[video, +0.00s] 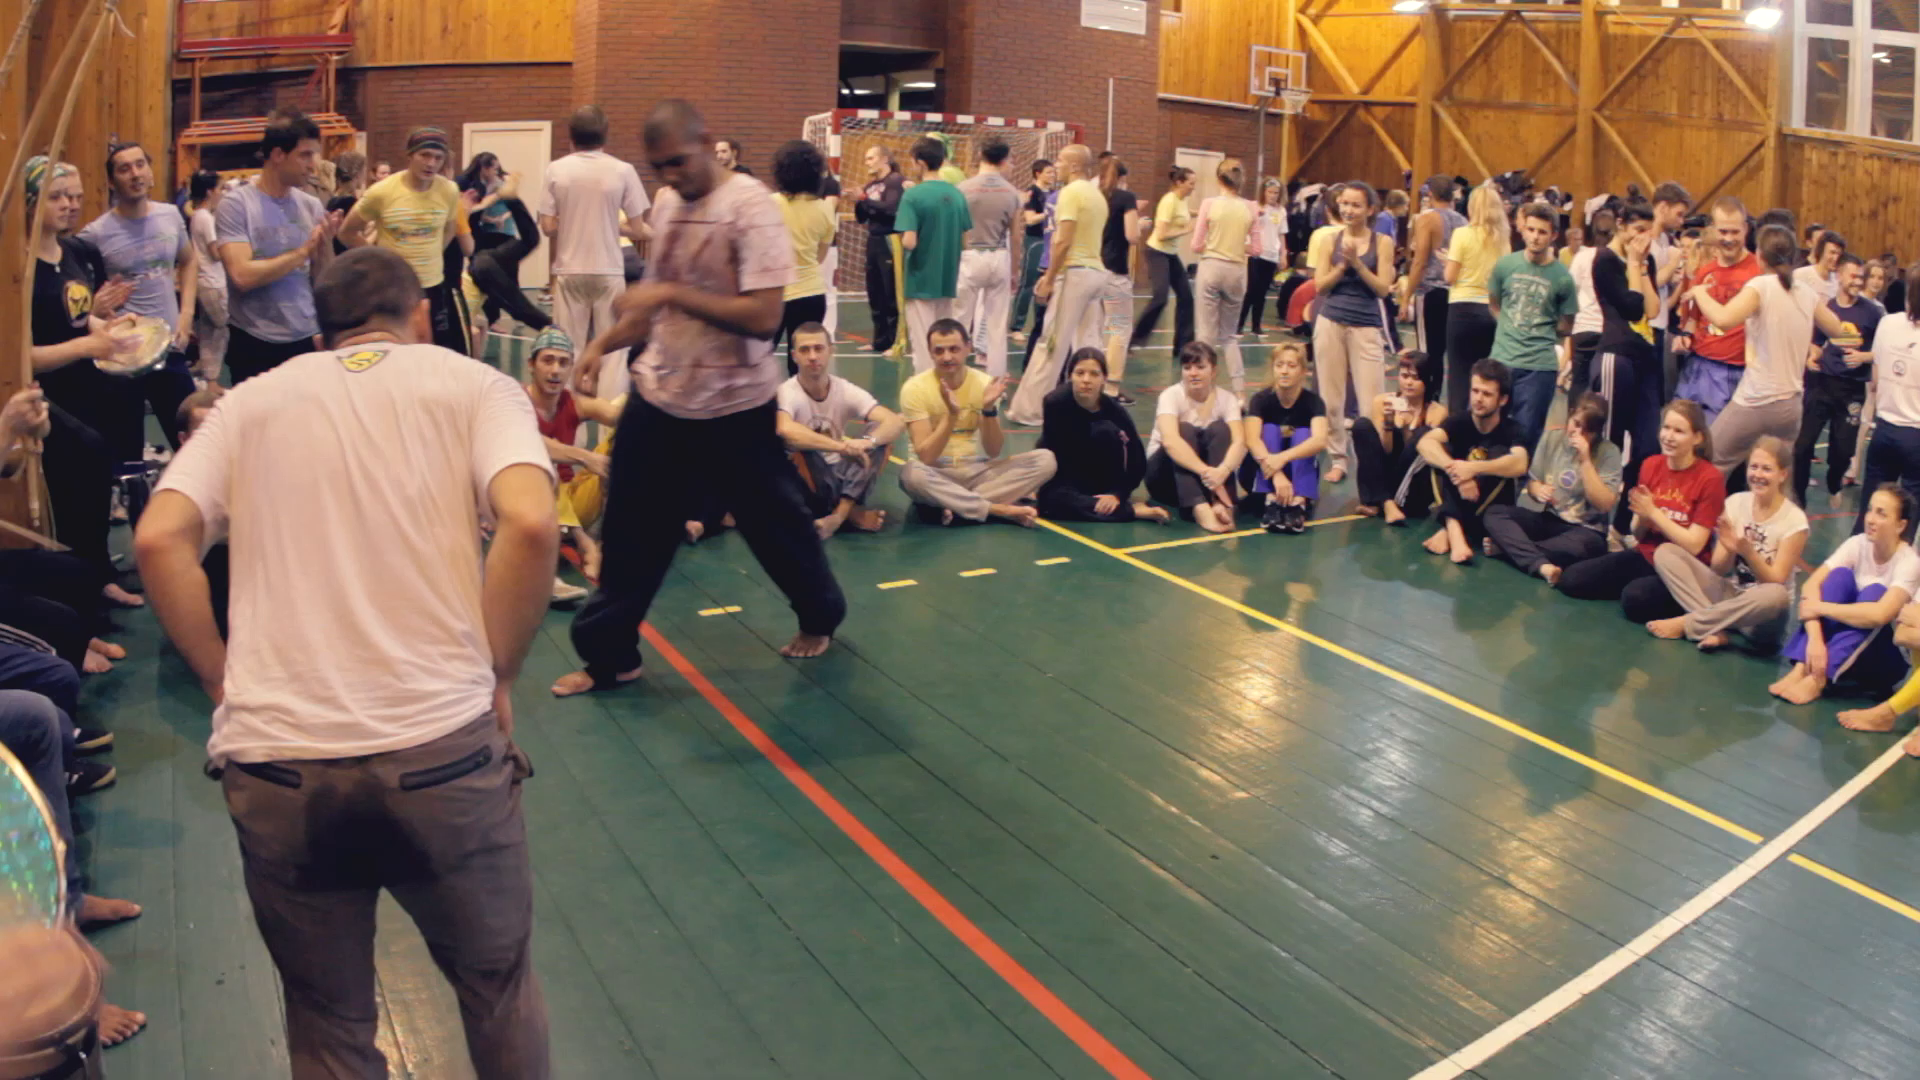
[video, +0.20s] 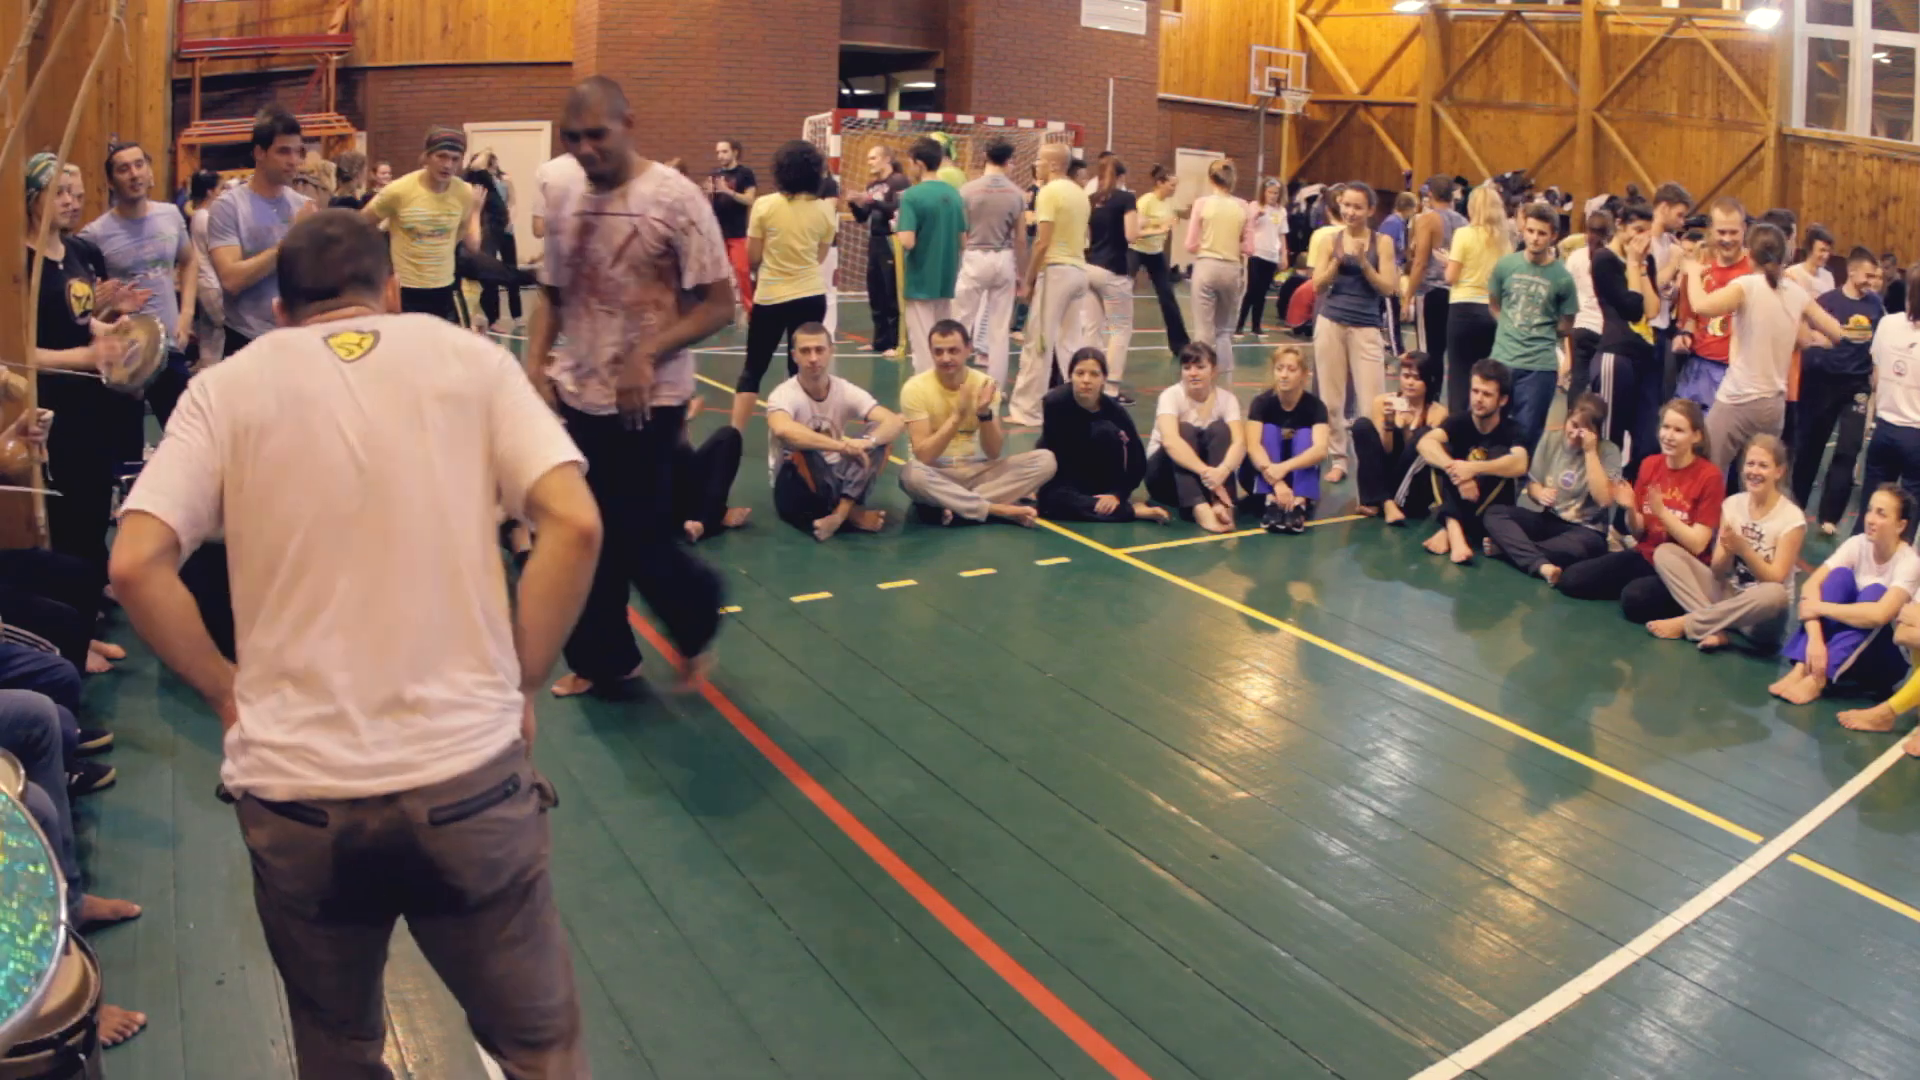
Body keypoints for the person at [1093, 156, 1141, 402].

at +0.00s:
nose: (1126, 181)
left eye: (1124, 178)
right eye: (1125, 177)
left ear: (1102, 175)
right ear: (1122, 177)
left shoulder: (1092, 195)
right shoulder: (1125, 197)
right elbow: (1131, 235)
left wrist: (1134, 211)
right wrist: (1142, 224)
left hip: (1091, 268)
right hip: (1116, 271)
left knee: (1090, 328)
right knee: (1120, 327)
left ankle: (1084, 385)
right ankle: (1111, 386)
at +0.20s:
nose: (1125, 180)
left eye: (1123, 176)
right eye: (1124, 176)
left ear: (1101, 175)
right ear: (1121, 176)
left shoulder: (1091, 198)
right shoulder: (1126, 198)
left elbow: (1088, 233)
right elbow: (1131, 234)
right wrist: (1148, 229)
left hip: (1090, 265)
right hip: (1115, 270)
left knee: (1090, 327)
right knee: (1120, 327)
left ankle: (1088, 384)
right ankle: (1111, 387)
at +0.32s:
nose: (1125, 178)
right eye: (1123, 174)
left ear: (1099, 174)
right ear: (1121, 175)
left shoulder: (1088, 199)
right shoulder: (1126, 199)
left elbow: (1086, 235)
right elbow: (1131, 236)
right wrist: (1141, 225)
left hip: (1089, 264)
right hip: (1114, 269)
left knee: (1091, 327)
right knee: (1120, 327)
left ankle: (1089, 383)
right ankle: (1112, 387)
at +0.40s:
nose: (1121, 177)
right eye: (1120, 172)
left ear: (1098, 174)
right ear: (1120, 175)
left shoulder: (1086, 201)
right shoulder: (1126, 200)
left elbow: (1086, 234)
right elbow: (1131, 236)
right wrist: (1140, 220)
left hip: (1089, 264)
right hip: (1115, 269)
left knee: (1091, 327)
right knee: (1120, 328)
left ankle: (1088, 382)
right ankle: (1111, 386)